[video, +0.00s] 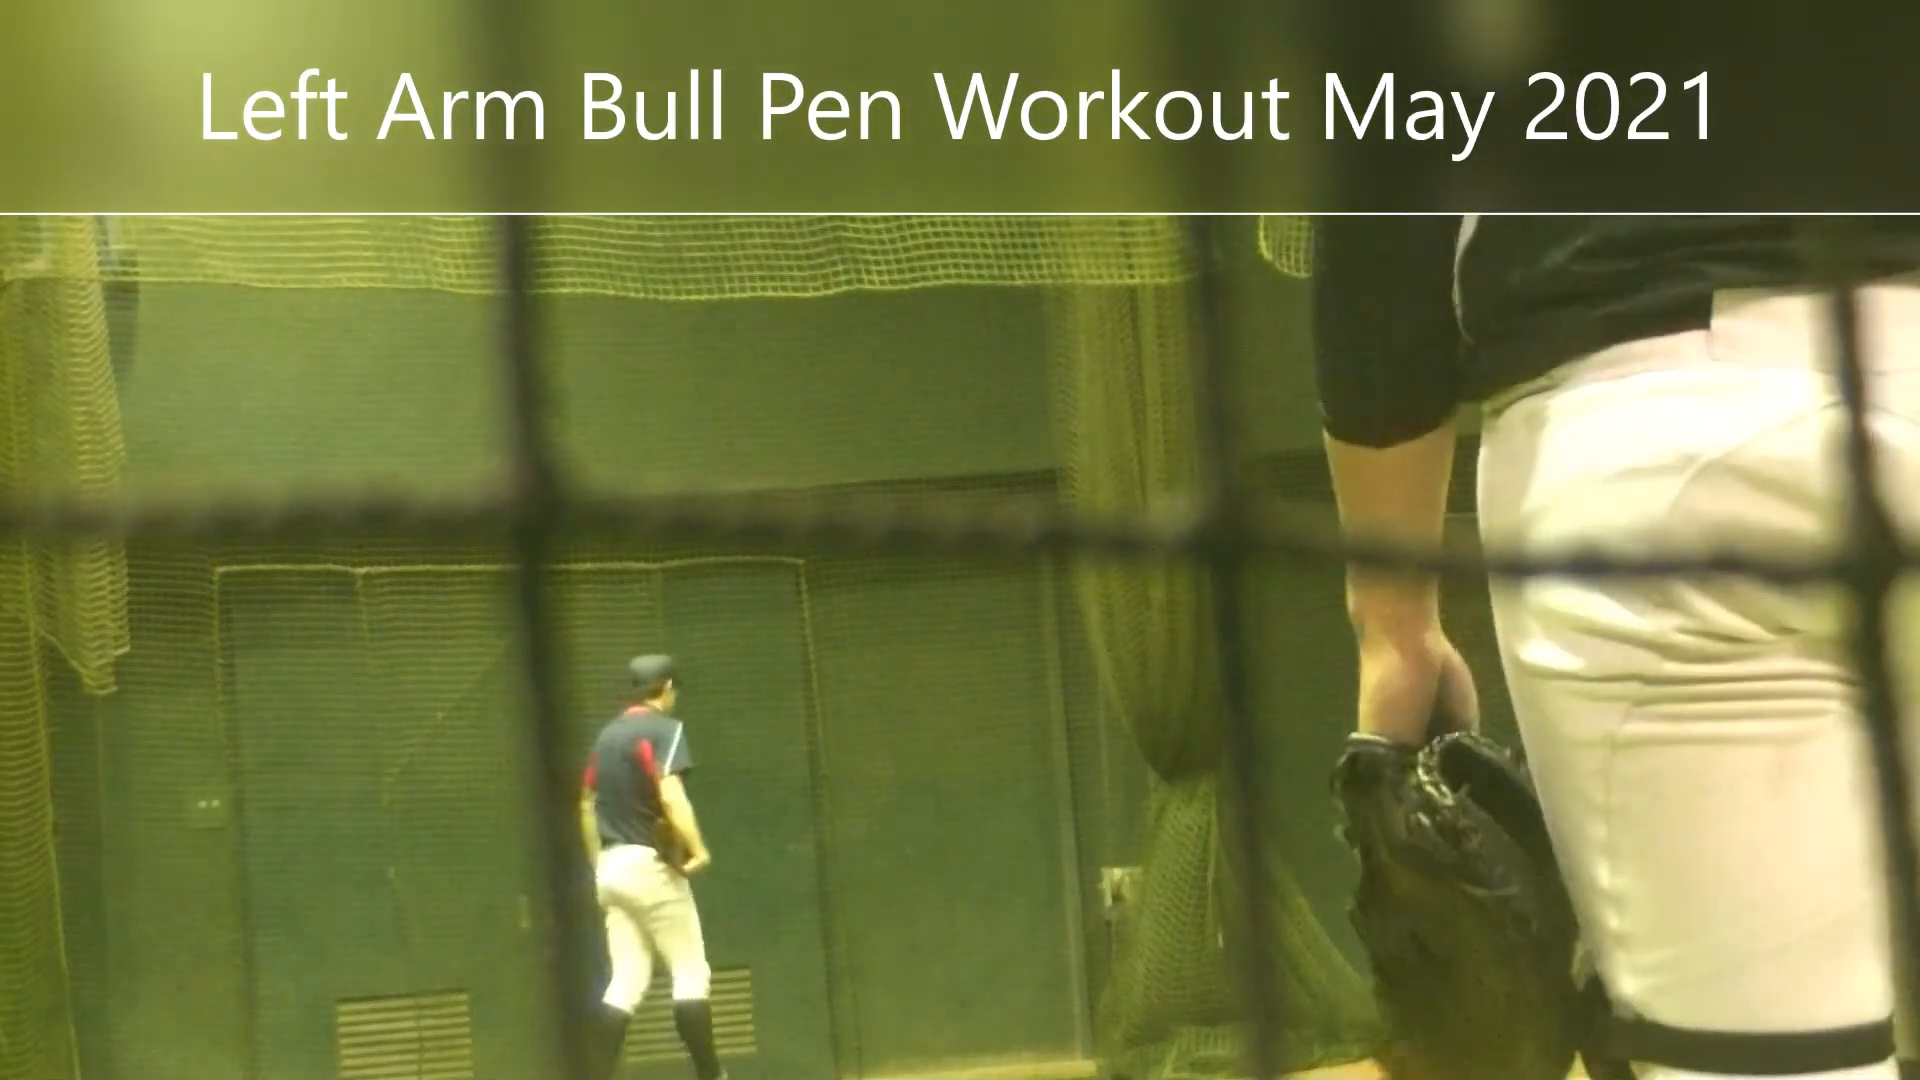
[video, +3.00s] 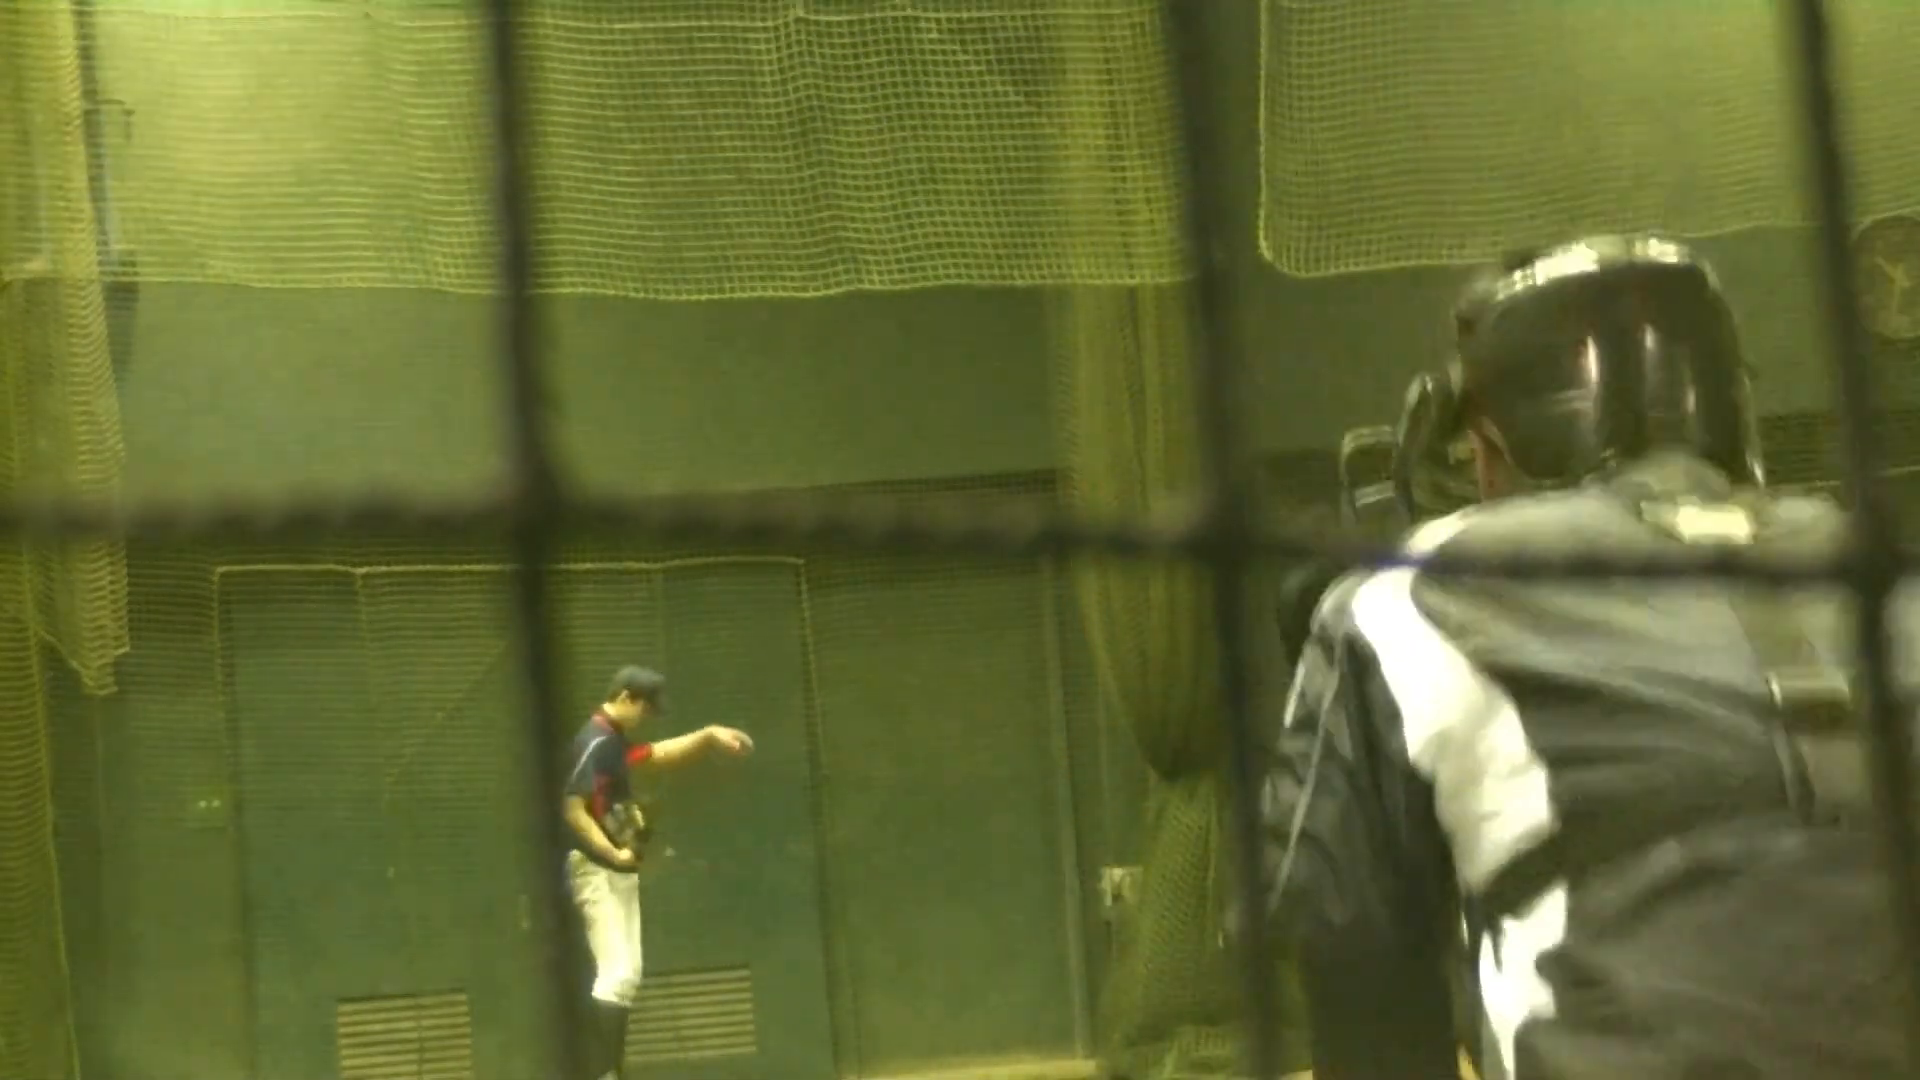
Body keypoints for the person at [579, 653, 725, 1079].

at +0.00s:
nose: (674, 693)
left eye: (671, 686)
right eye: (672, 687)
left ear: (635, 691)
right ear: (663, 689)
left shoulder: (607, 733)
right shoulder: (664, 730)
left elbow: (587, 801)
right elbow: (670, 792)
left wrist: (596, 859)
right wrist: (698, 848)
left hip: (609, 863)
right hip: (648, 861)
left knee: (628, 976)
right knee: (689, 969)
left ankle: (595, 1072)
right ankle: (709, 1072)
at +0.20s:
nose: (703, 692)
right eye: (703, 687)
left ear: (660, 688)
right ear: (698, 688)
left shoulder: (627, 731)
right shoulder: (705, 731)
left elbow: (600, 795)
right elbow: (716, 795)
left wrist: (607, 854)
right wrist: (743, 851)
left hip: (631, 858)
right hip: (680, 856)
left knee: (656, 968)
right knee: (698, 970)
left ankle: (622, 1058)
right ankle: (710, 1072)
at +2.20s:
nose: (696, 709)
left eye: (695, 704)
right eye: (696, 704)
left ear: (657, 699)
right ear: (690, 700)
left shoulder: (621, 735)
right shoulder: (695, 733)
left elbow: (580, 797)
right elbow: (719, 795)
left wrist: (605, 859)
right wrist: (753, 842)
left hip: (627, 860)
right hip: (673, 859)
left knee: (644, 967)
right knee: (704, 960)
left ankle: (616, 1070)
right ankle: (713, 1068)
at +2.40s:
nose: (676, 721)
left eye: (679, 716)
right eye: (677, 714)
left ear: (642, 700)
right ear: (667, 703)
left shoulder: (602, 737)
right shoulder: (659, 730)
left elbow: (582, 804)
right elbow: (668, 790)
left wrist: (612, 837)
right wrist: (710, 830)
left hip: (603, 861)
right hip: (644, 859)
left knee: (623, 972)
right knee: (680, 963)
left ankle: (606, 1072)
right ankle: (706, 1067)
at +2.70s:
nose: (655, 720)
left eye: (659, 713)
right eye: (658, 711)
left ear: (635, 695)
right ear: (644, 697)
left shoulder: (595, 731)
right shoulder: (622, 733)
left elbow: (607, 802)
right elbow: (614, 804)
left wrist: (654, 825)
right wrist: (658, 847)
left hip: (585, 858)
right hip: (614, 858)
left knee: (614, 969)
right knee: (655, 959)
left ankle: (606, 1071)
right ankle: (644, 1066)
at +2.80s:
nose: (651, 718)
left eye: (654, 711)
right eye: (652, 709)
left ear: (630, 696)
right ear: (637, 697)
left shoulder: (599, 731)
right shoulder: (613, 734)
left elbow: (626, 785)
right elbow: (601, 807)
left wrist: (682, 792)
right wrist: (646, 851)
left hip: (589, 859)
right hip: (607, 859)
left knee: (615, 968)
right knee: (640, 962)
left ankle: (601, 1066)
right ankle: (620, 1067)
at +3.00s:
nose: (647, 718)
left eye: (650, 710)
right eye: (646, 708)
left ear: (629, 701)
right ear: (626, 698)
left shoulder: (612, 739)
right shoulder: (598, 739)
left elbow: (653, 755)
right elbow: (572, 808)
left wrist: (708, 735)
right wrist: (616, 855)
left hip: (619, 868)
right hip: (595, 867)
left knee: (625, 975)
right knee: (617, 975)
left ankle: (607, 1069)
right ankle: (600, 1070)